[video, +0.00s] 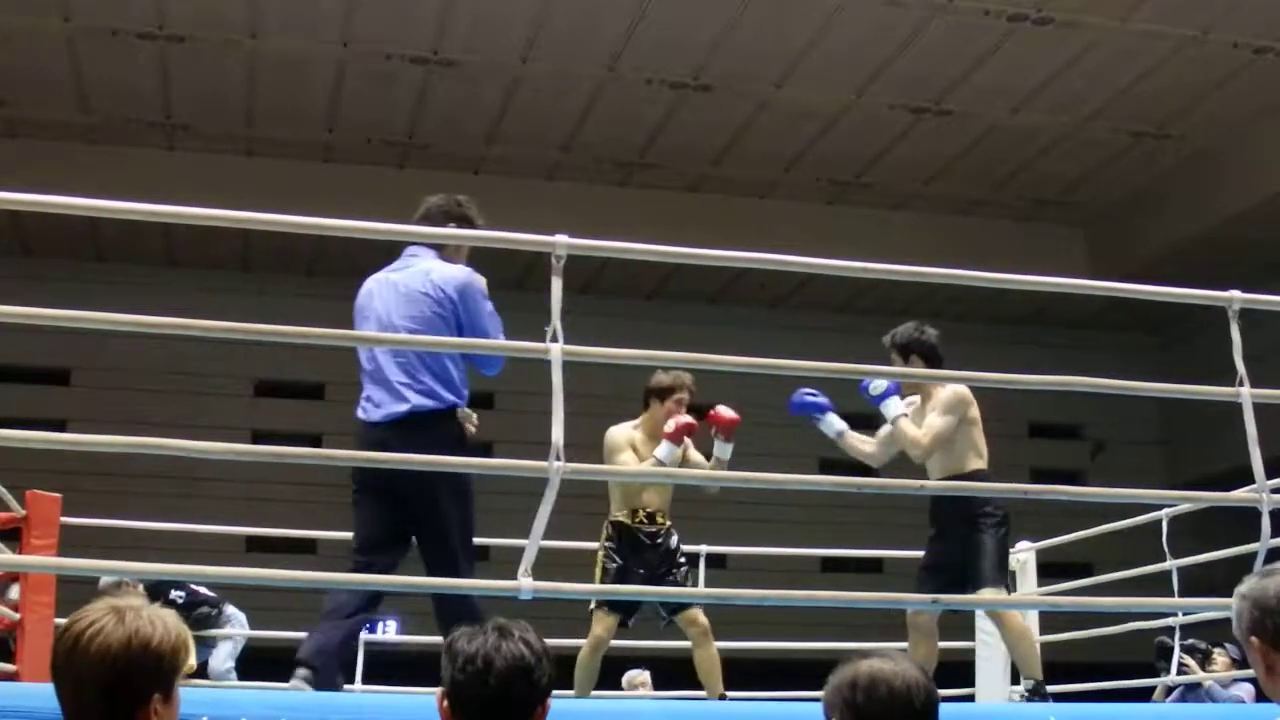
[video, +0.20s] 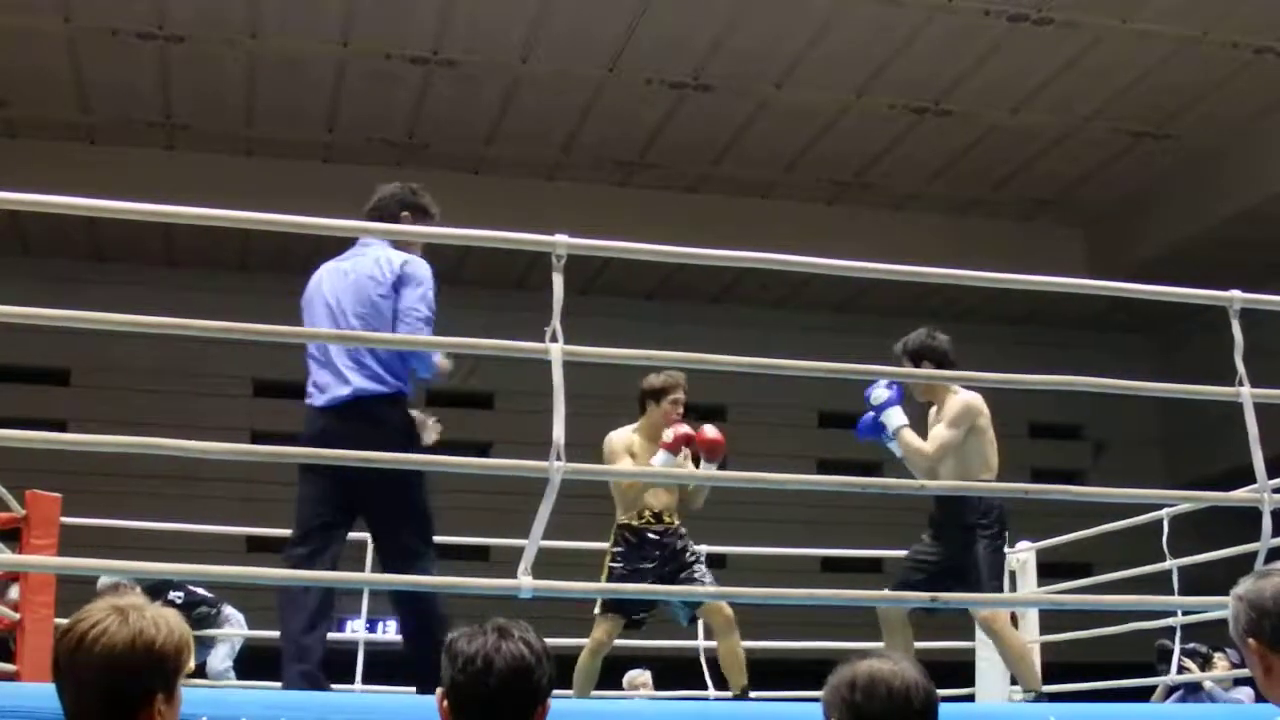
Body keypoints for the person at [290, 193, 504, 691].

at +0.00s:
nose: (469, 253)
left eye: (472, 245)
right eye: (469, 245)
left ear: (417, 234)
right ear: (452, 236)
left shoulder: (371, 287)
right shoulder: (458, 280)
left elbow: (386, 365)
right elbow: (492, 361)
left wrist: (450, 409)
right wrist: (472, 294)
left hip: (375, 438)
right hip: (434, 437)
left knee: (370, 565)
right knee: (451, 568)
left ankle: (311, 671)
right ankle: (478, 683)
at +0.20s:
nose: (427, 243)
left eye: (429, 233)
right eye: (425, 233)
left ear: (372, 224)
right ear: (404, 224)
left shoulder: (321, 276)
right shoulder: (410, 268)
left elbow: (333, 364)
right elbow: (414, 353)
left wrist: (405, 416)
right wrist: (441, 367)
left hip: (323, 427)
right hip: (382, 426)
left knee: (309, 554)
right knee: (409, 557)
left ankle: (300, 687)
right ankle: (435, 684)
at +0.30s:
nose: (410, 230)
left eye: (412, 221)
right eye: (408, 220)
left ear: (358, 215)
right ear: (389, 213)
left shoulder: (304, 266)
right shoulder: (389, 254)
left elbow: (295, 346)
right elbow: (375, 319)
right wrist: (398, 370)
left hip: (300, 412)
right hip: (356, 410)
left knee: (303, 545)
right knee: (391, 547)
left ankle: (300, 681)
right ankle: (377, 681)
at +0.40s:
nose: (393, 225)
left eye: (395, 217)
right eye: (392, 216)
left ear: (339, 208)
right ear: (371, 206)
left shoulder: (285, 267)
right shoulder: (367, 246)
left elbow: (267, 362)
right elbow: (347, 308)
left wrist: (256, 447)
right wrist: (376, 360)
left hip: (281, 409)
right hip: (329, 402)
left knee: (295, 536)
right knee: (362, 537)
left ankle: (290, 659)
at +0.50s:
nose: (372, 221)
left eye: (375, 212)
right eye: (371, 211)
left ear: (325, 204)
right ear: (350, 201)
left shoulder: (275, 257)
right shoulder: (336, 238)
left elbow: (239, 338)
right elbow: (326, 308)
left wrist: (215, 410)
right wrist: (372, 348)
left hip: (259, 404)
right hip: (301, 397)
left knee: (289, 537)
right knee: (322, 535)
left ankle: (296, 671)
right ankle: (212, 638)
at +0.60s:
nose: (346, 218)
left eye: (348, 208)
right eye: (344, 206)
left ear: (298, 200)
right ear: (324, 197)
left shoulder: (256, 248)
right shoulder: (309, 237)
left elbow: (217, 331)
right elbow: (307, 311)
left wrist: (204, 401)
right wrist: (352, 330)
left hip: (241, 394)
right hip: (272, 394)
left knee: (275, 529)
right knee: (279, 529)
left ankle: (294, 669)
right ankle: (171, 628)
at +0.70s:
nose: (319, 210)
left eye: (320, 201)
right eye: (317, 199)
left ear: (276, 194)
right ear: (296, 192)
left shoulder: (238, 238)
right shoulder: (277, 233)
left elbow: (216, 340)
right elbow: (286, 316)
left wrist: (201, 428)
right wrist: (335, 322)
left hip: (221, 390)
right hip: (241, 387)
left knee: (265, 531)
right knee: (211, 526)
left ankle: (292, 668)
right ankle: (138, 649)